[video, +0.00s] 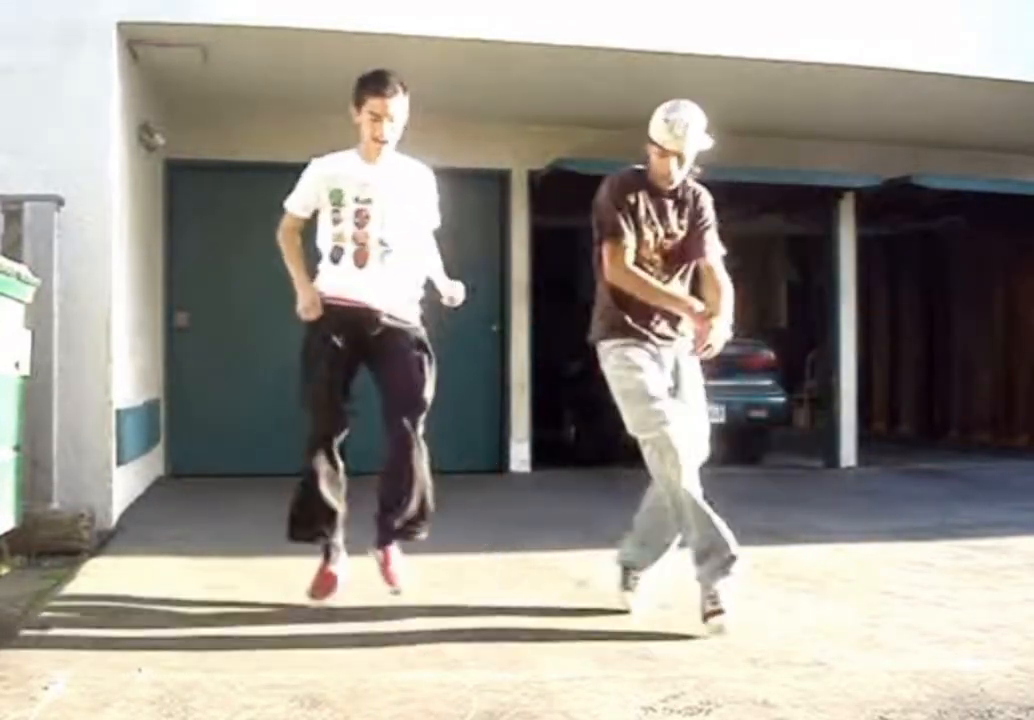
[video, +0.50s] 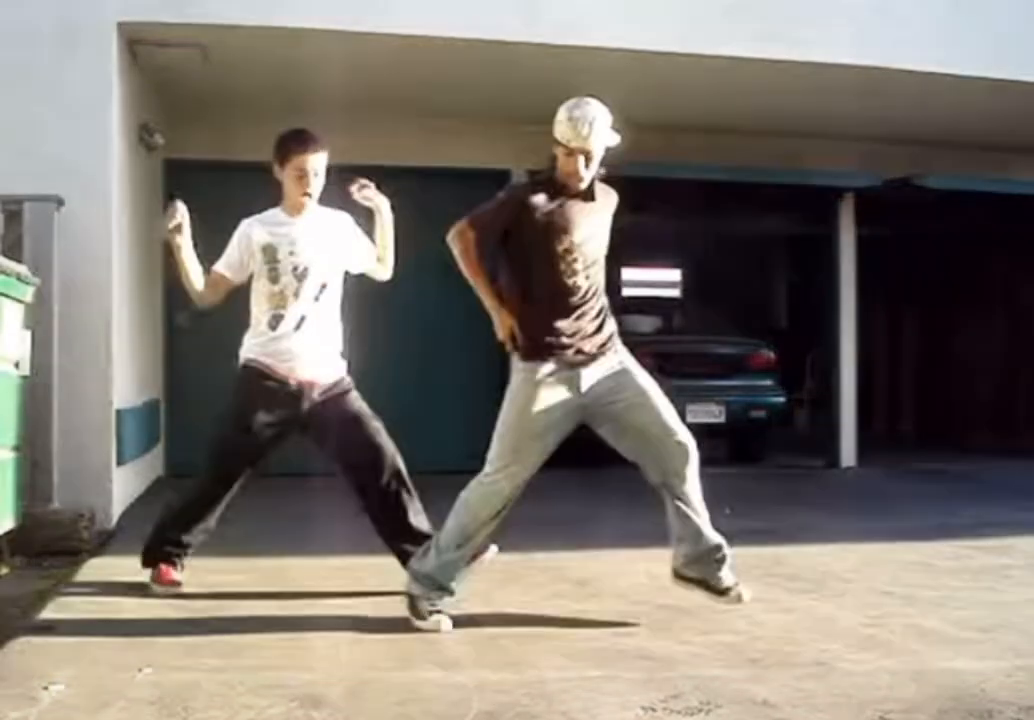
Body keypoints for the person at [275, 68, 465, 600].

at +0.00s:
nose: (382, 126)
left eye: (391, 117)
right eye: (374, 115)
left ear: (404, 120)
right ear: (357, 114)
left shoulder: (419, 178)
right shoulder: (325, 171)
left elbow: (425, 240)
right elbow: (288, 229)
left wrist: (441, 280)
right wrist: (303, 285)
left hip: (399, 318)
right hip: (335, 313)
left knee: (408, 428)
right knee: (326, 431)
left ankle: (392, 541)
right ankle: (332, 550)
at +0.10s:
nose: (368, 161)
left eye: (376, 152)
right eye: (359, 150)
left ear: (384, 152)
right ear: (337, 146)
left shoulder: (394, 209)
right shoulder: (304, 205)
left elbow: (408, 273)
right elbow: (274, 269)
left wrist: (458, 259)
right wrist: (286, 317)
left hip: (380, 351)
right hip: (322, 345)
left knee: (371, 455)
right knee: (341, 460)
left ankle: (314, 549)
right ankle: (376, 584)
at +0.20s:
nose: (363, 150)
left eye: (369, 141)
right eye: (355, 139)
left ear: (373, 142)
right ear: (330, 134)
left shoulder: (377, 188)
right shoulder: (287, 184)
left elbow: (423, 228)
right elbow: (240, 241)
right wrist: (256, 280)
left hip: (354, 333)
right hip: (294, 325)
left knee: (369, 433)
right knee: (305, 437)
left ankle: (332, 541)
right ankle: (330, 554)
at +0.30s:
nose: (344, 144)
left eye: (350, 135)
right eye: (336, 134)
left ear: (356, 136)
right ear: (311, 128)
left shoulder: (357, 184)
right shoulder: (272, 182)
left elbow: (390, 231)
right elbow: (239, 231)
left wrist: (413, 181)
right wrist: (232, 260)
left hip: (342, 326)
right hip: (282, 319)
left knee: (383, 419)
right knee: (266, 428)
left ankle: (368, 540)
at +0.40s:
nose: (324, 161)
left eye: (331, 152)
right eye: (315, 151)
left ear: (337, 152)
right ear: (292, 148)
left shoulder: (342, 207)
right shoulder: (260, 206)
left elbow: (345, 274)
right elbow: (245, 274)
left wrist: (383, 230)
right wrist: (211, 279)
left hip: (334, 353)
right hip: (275, 350)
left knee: (386, 444)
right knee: (229, 460)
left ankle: (413, 557)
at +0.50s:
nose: (310, 182)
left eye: (317, 172)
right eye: (300, 172)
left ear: (325, 173)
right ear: (279, 172)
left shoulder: (339, 225)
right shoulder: (255, 231)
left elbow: (382, 268)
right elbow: (207, 294)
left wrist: (383, 213)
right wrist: (181, 241)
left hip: (328, 380)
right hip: (267, 378)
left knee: (384, 465)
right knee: (224, 472)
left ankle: (431, 565)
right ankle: (166, 554)